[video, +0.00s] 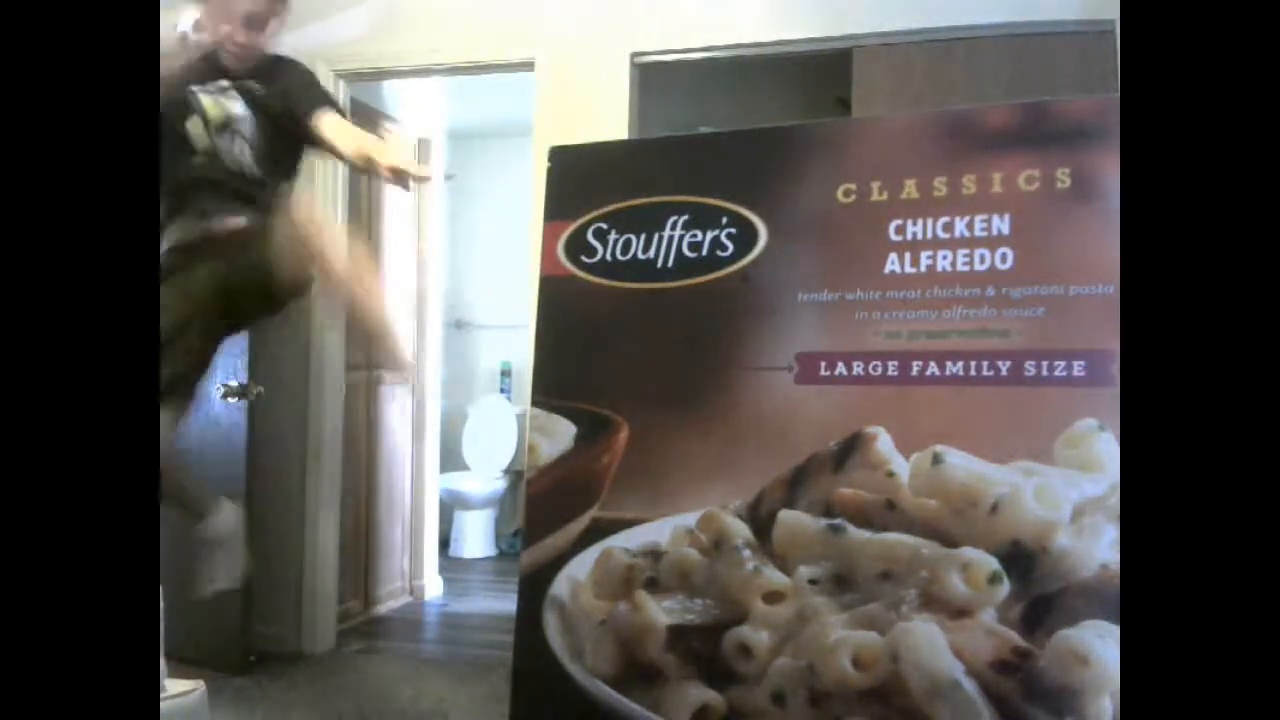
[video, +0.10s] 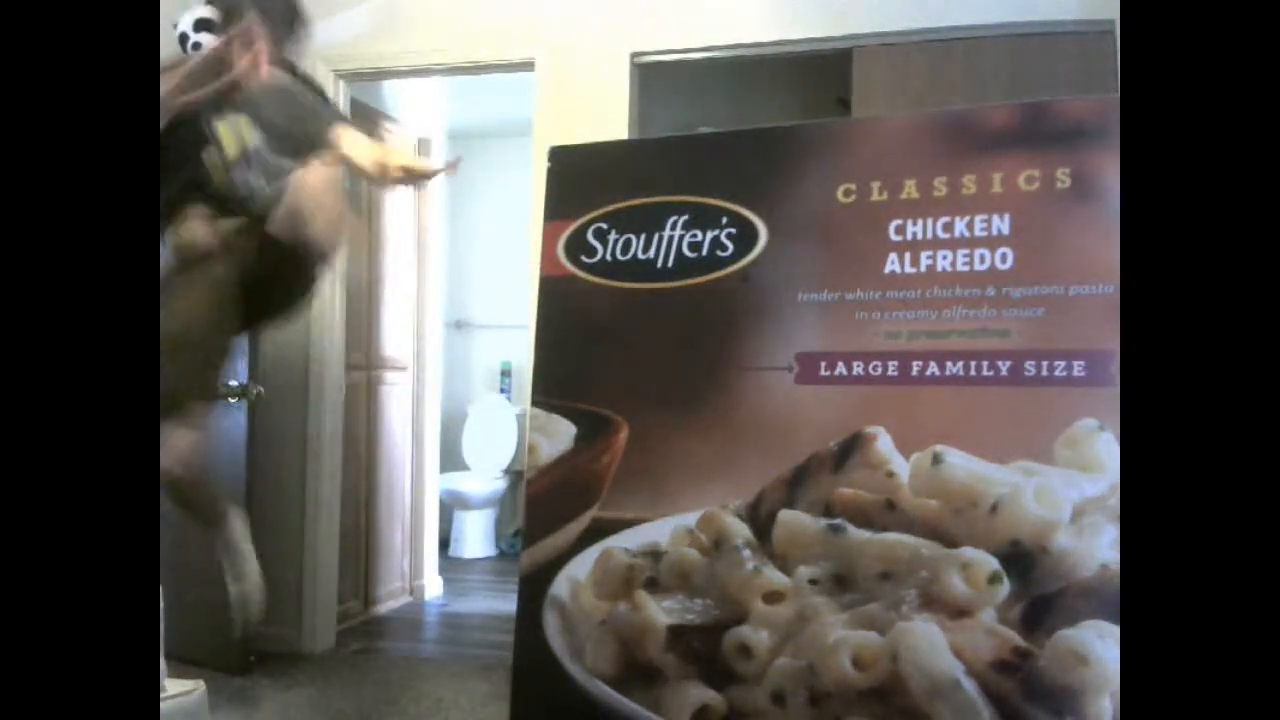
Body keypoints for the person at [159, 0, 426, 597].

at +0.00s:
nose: (245, 36)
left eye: (259, 24)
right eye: (236, 20)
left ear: (274, 24)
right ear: (208, 13)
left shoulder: (283, 77)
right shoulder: (179, 70)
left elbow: (336, 131)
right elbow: (161, 88)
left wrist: (388, 161)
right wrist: (185, 52)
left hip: (262, 261)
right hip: (183, 274)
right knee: (160, 443)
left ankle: (397, 366)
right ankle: (216, 520)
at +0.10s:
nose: (240, 44)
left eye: (252, 33)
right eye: (231, 32)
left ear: (272, 37)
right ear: (216, 34)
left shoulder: (283, 94)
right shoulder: (187, 93)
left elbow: (353, 146)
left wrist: (397, 164)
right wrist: (212, 78)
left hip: (270, 265)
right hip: (194, 278)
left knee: (322, 176)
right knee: (176, 457)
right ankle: (227, 527)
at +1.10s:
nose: (192, 164)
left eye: (204, 147)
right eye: (186, 151)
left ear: (250, 143)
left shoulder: (287, 186)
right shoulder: (256, 218)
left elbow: (299, 218)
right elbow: (263, 334)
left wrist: (230, 259)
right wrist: (176, 347)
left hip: (319, 381)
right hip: (302, 385)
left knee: (209, 543)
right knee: (268, 558)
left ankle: (244, 706)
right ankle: (289, 706)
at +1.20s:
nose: (193, 161)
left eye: (206, 144)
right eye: (187, 148)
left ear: (250, 141)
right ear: (186, 150)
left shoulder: (291, 186)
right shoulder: (250, 218)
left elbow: (302, 218)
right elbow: (257, 332)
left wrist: (237, 257)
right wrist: (172, 342)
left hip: (323, 381)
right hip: (295, 387)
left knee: (213, 543)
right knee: (267, 560)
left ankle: (258, 706)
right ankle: (290, 705)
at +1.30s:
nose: (201, 154)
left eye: (214, 138)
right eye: (195, 140)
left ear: (257, 134)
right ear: (191, 139)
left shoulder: (301, 189)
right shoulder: (244, 215)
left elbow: (323, 242)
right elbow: (236, 317)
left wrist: (251, 300)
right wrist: (175, 324)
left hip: (327, 386)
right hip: (284, 389)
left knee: (221, 541)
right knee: (258, 553)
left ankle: (297, 697)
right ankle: (260, 692)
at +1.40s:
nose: (227, 151)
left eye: (241, 132)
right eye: (220, 135)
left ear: (279, 129)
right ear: (217, 138)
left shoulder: (325, 197)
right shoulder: (246, 207)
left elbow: (353, 309)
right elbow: (246, 323)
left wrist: (271, 382)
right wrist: (181, 316)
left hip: (328, 396)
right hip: (273, 396)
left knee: (252, 551)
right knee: (222, 551)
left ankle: (315, 707)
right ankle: (280, 698)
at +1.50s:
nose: (247, 153)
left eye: (259, 135)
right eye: (241, 138)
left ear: (298, 131)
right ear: (245, 143)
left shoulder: (351, 218)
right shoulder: (259, 210)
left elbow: (307, 328)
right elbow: (244, 316)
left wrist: (247, 290)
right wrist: (195, 385)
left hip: (327, 406)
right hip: (251, 399)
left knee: (262, 557)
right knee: (182, 527)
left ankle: (310, 707)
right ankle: (276, 669)